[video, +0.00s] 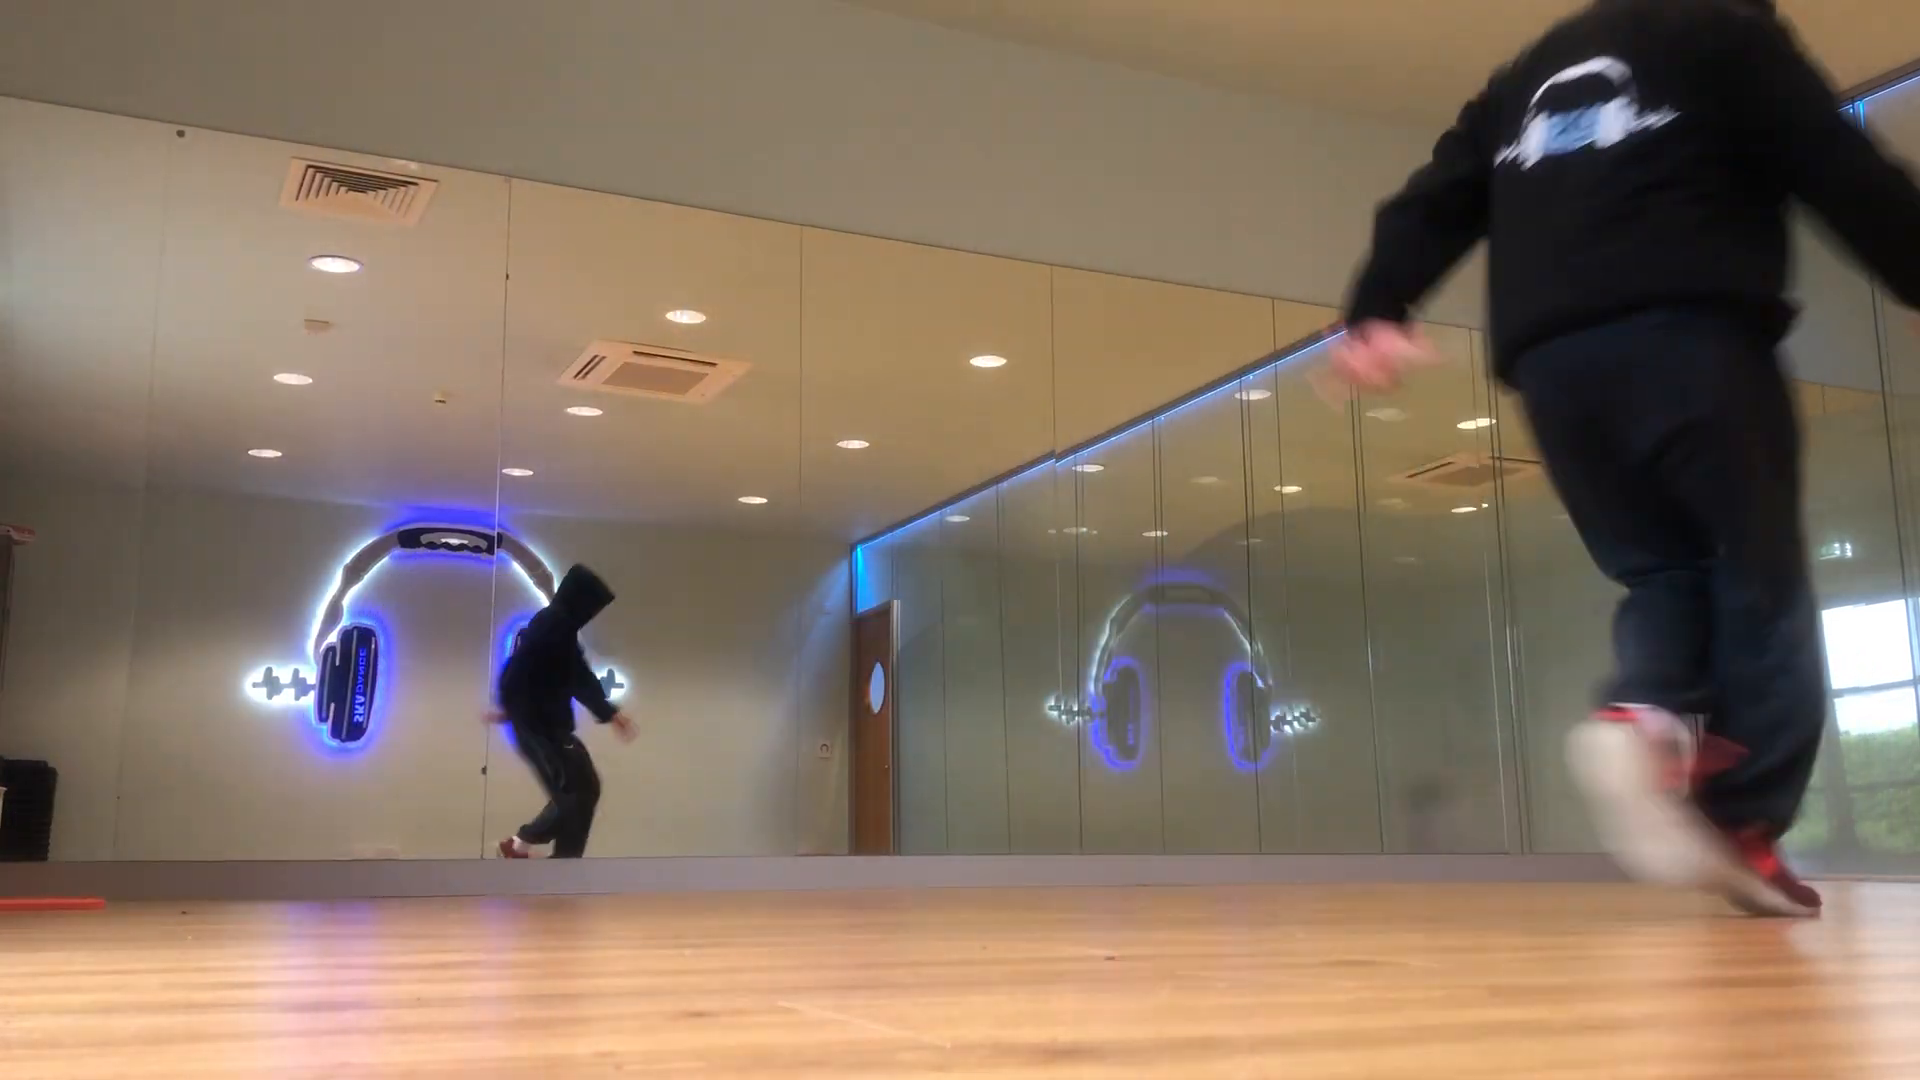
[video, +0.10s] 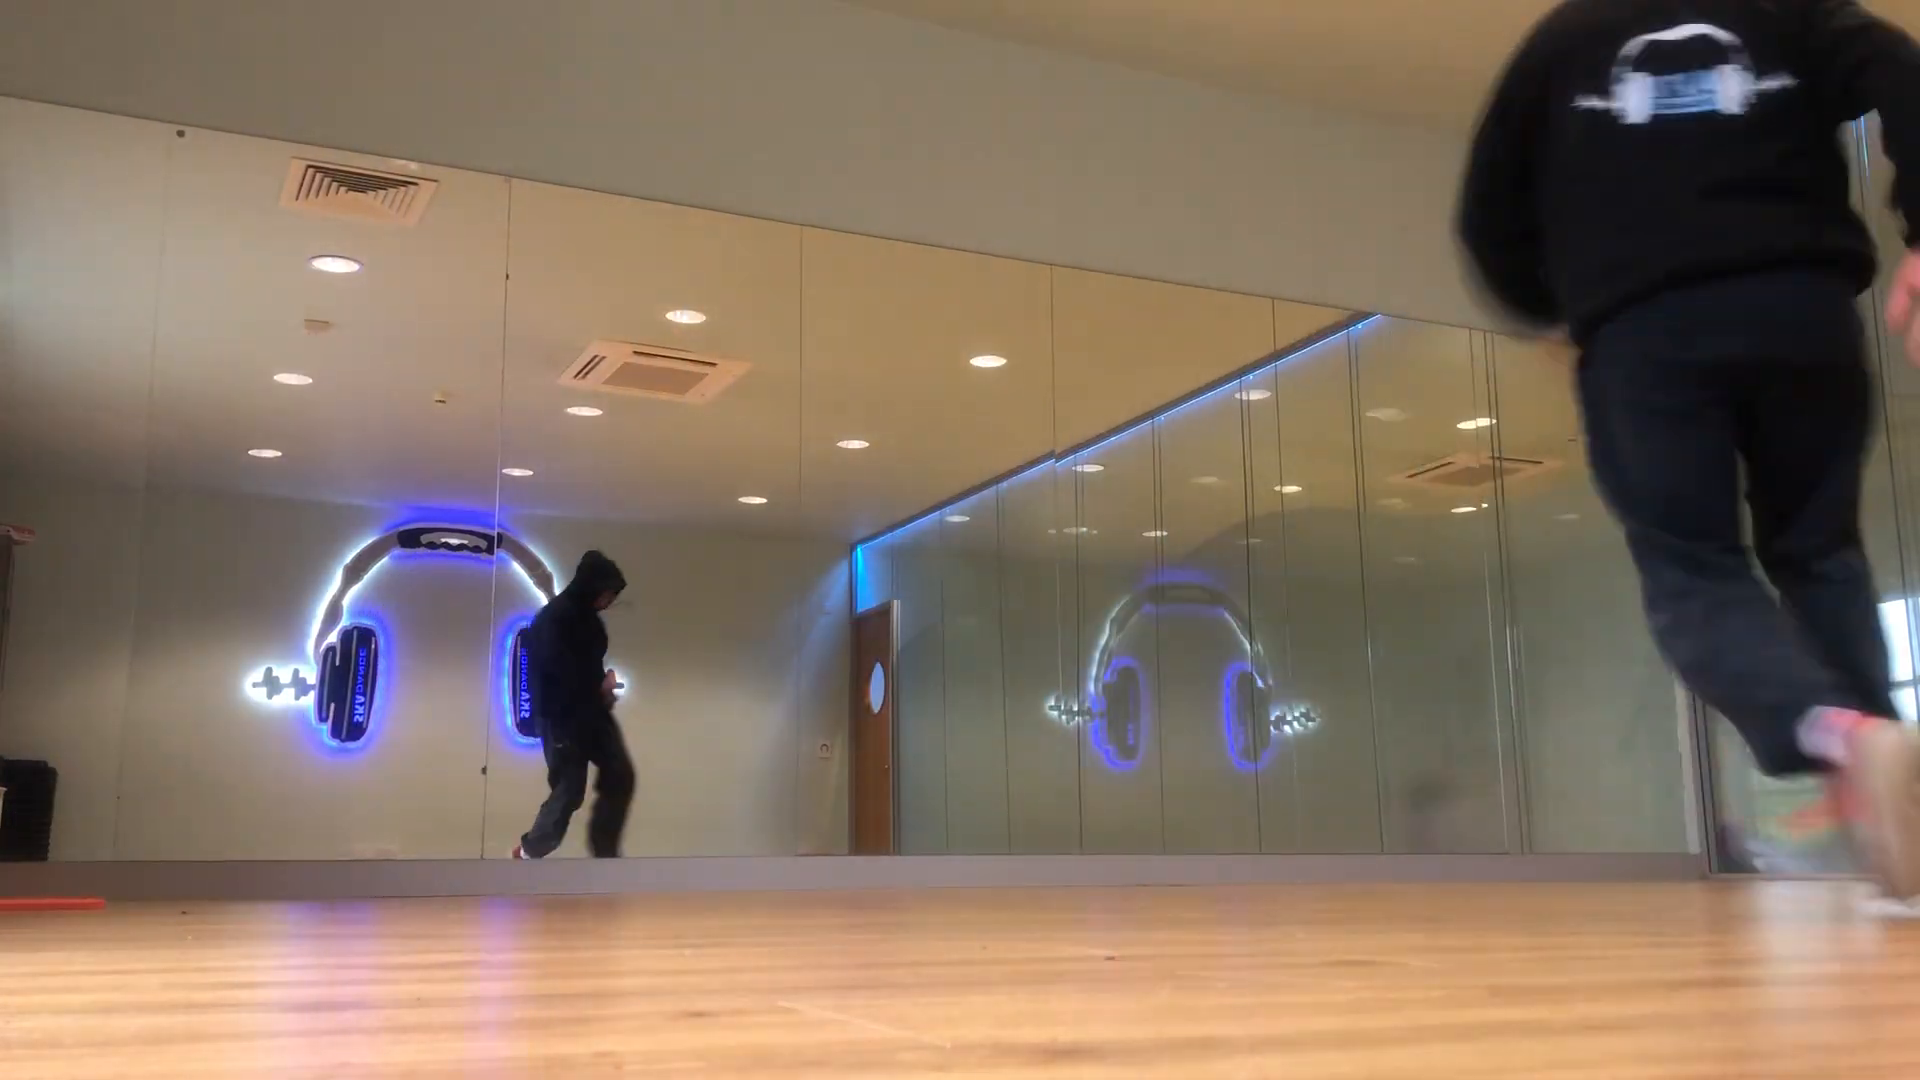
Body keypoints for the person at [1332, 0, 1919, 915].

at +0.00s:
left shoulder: (1527, 71)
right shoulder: (1732, 31)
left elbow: (1444, 186)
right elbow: (1849, 175)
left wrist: (1377, 300)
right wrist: (1916, 274)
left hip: (1555, 369)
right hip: (1695, 343)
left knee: (1656, 568)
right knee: (1761, 578)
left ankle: (1644, 714)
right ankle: (1744, 822)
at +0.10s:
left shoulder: (1567, 31)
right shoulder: (1791, 7)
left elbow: (1489, 211)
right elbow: (1902, 74)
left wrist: (1564, 301)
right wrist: (1917, 233)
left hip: (1647, 334)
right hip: (1806, 314)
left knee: (1694, 571)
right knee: (1819, 546)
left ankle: (1841, 738)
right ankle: (1877, 794)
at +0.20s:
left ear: (1659, 2)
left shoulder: (1631, 74)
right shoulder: (1852, 58)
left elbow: (1578, 242)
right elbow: (1909, 178)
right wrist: (1911, 232)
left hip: (1722, 363)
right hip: (1862, 344)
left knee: (1823, 584)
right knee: (1888, 558)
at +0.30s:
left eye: (1669, 73)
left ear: (1676, 67)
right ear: (1775, 51)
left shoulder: (1663, 144)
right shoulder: (1876, 114)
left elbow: (1631, 319)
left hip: (1796, 393)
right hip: (1911, 357)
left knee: (1901, 614)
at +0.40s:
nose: (1682, 152)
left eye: (1687, 134)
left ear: (1701, 125)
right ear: (1790, 100)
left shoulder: (1702, 206)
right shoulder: (1887, 151)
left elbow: (1661, 377)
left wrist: (1677, 516)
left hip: (1857, 442)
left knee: (1891, 635)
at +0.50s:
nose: (1691, 176)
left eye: (1694, 161)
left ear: (1710, 141)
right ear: (1777, 113)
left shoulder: (1717, 198)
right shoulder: (1880, 149)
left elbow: (1705, 274)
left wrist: (1804, 301)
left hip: (1850, 425)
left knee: (1859, 608)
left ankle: (1900, 653)